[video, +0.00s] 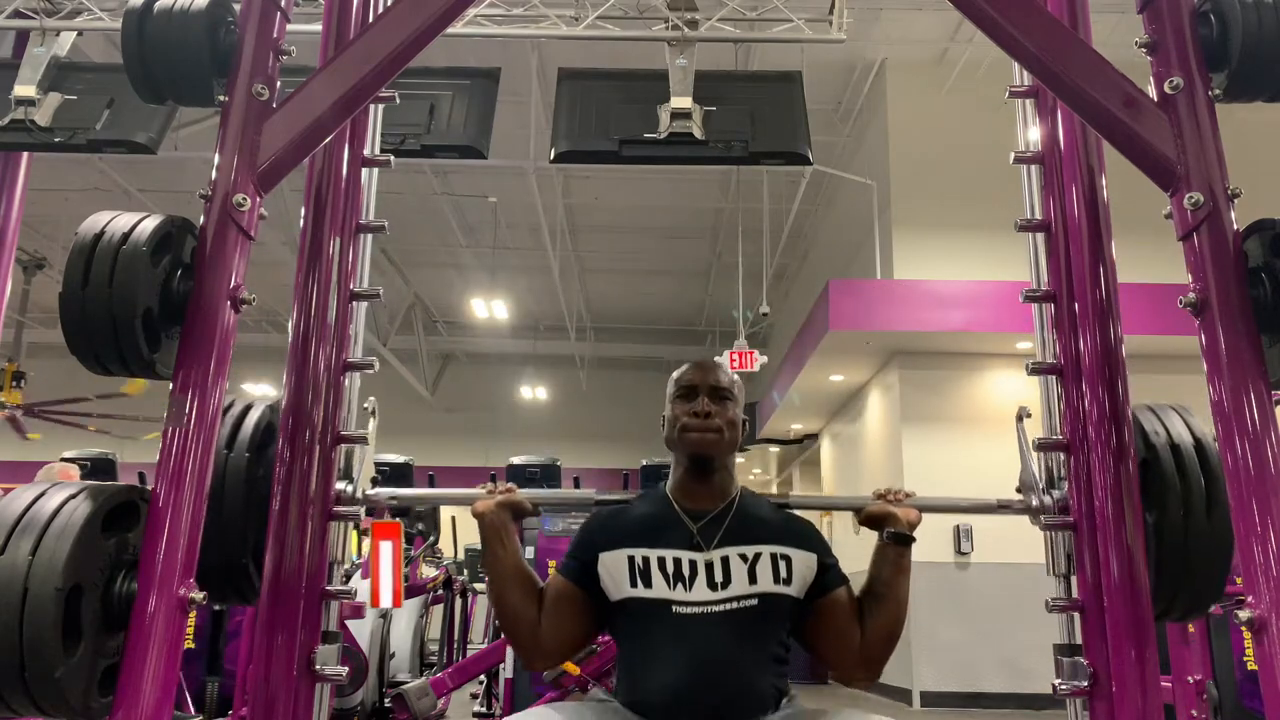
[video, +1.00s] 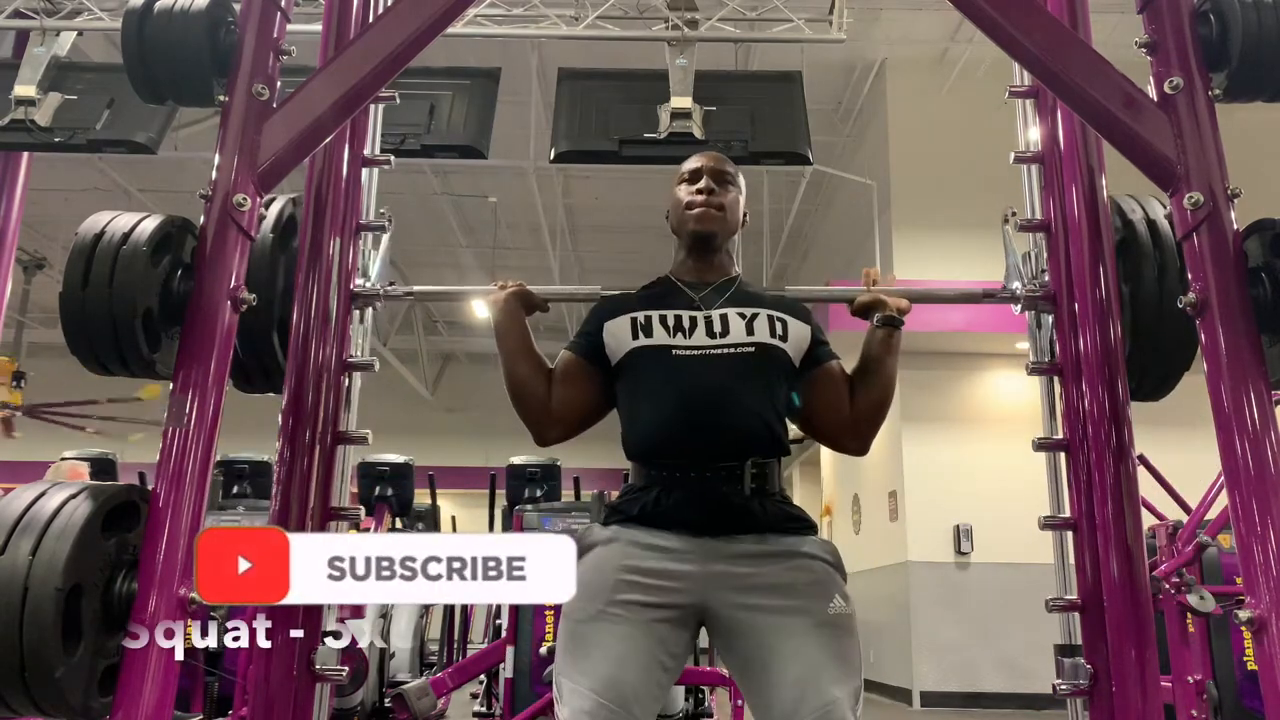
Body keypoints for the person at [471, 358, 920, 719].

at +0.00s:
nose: (703, 407)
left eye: (719, 398)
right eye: (687, 397)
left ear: (742, 426)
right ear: (664, 423)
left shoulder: (792, 536)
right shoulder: (610, 531)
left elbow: (858, 664)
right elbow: (541, 647)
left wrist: (895, 543)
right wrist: (496, 528)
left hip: (762, 713)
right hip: (640, 713)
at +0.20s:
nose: (704, 359)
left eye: (720, 351)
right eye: (689, 351)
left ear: (742, 380)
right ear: (666, 379)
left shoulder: (791, 490)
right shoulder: (613, 488)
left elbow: (860, 612)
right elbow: (541, 601)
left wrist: (893, 497)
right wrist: (498, 487)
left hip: (769, 692)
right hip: (639, 691)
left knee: (886, 719)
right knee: (524, 719)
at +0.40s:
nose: (703, 297)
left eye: (720, 294)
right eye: (688, 293)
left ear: (742, 331)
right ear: (668, 329)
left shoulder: (787, 430)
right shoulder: (615, 429)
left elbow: (859, 550)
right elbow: (544, 532)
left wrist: (889, 443)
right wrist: (502, 430)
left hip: (769, 649)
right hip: (636, 648)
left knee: (887, 715)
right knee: (533, 711)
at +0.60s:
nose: (705, 237)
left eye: (721, 234)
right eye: (691, 232)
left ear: (741, 269)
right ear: (669, 267)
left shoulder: (789, 373)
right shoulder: (617, 370)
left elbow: (857, 486)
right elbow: (547, 475)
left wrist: (888, 385)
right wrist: (505, 368)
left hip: (775, 599)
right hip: (636, 596)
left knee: (874, 711)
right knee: (549, 710)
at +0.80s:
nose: (705, 184)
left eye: (722, 179)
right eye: (691, 177)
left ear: (743, 212)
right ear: (670, 211)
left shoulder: (789, 314)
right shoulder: (618, 313)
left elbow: (858, 428)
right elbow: (546, 416)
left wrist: (887, 327)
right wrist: (507, 312)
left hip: (776, 551)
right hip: (641, 545)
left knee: (823, 710)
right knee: (598, 708)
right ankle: (678, 707)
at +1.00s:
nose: (705, 187)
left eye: (722, 182)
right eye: (691, 179)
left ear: (743, 214)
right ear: (669, 212)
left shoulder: (787, 317)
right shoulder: (617, 316)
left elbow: (853, 432)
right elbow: (548, 420)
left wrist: (885, 330)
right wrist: (508, 316)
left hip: (775, 553)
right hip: (639, 549)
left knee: (820, 710)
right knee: (597, 707)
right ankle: (677, 707)